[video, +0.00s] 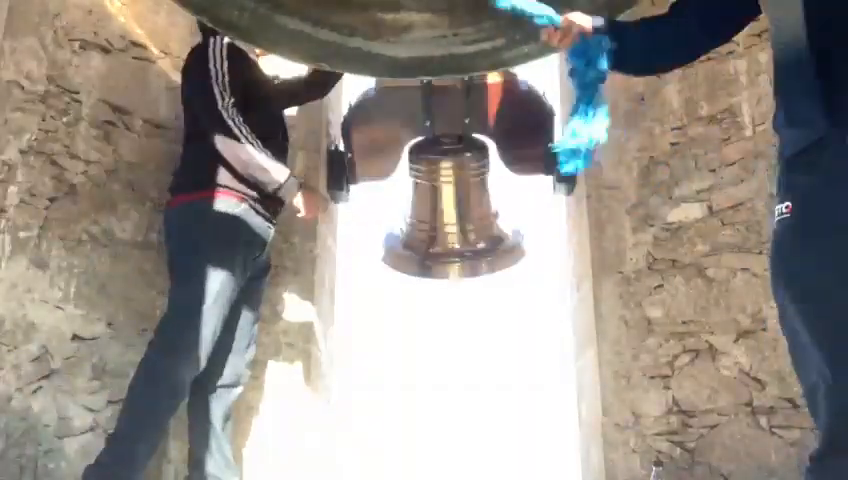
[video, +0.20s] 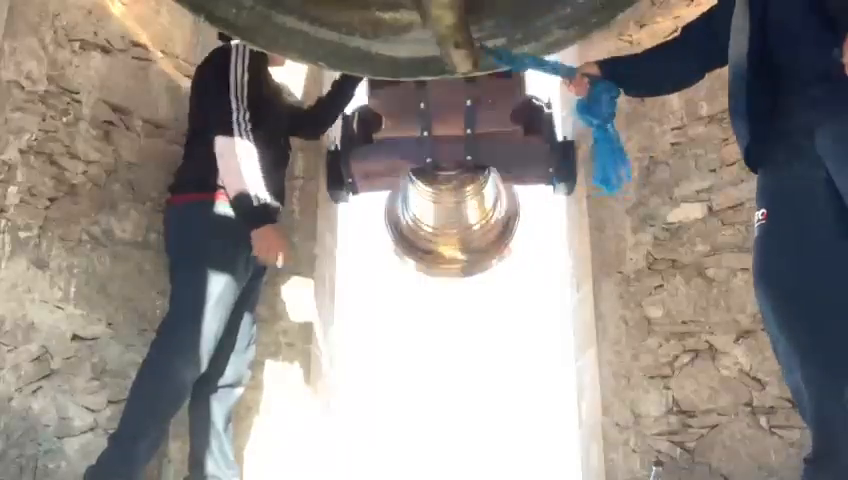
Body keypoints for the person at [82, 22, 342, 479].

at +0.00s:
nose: (267, 33)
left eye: (268, 26)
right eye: (261, 22)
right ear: (236, 18)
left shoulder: (254, 79)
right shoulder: (215, 50)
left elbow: (313, 85)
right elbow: (224, 126)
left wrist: (352, 36)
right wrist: (289, 187)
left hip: (255, 229)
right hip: (216, 211)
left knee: (225, 377)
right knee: (182, 357)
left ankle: (216, 473)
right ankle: (115, 471)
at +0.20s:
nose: (291, 46)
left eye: (293, 38)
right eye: (287, 35)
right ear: (263, 27)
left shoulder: (266, 87)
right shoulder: (232, 56)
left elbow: (312, 124)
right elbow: (231, 133)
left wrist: (355, 74)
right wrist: (260, 217)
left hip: (250, 224)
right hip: (213, 215)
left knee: (227, 374)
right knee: (185, 358)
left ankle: (217, 473)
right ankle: (116, 470)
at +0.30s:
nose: (305, 58)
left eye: (308, 50)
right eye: (303, 46)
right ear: (283, 38)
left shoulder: (267, 87)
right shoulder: (246, 61)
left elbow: (296, 150)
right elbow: (236, 136)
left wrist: (351, 119)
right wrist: (253, 215)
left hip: (238, 221)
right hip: (205, 213)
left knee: (224, 372)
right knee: (181, 356)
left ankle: (216, 472)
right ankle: (115, 469)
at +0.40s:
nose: (315, 66)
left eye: (318, 57)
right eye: (314, 54)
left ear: (290, 49)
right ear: (292, 44)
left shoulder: (271, 96)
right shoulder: (253, 64)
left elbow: (290, 161)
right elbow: (237, 138)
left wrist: (345, 166)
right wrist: (252, 221)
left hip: (228, 222)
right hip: (196, 212)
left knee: (216, 370)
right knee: (177, 349)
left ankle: (213, 471)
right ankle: (110, 470)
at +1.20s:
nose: (281, 42)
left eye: (283, 32)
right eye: (277, 29)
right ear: (254, 25)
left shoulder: (246, 82)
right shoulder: (224, 62)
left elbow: (297, 142)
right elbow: (243, 141)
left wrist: (365, 120)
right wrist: (319, 187)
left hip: (226, 235)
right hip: (194, 227)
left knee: (214, 377)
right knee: (164, 364)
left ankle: (213, 473)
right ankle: (116, 472)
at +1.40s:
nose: (305, 59)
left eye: (307, 50)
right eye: (301, 47)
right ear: (275, 40)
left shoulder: (262, 93)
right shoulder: (242, 73)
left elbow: (281, 157)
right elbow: (266, 152)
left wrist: (354, 178)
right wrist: (346, 189)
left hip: (229, 240)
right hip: (202, 230)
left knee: (216, 379)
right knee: (170, 362)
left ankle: (215, 472)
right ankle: (118, 470)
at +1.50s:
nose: (303, 64)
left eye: (305, 55)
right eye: (299, 52)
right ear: (276, 46)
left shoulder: (269, 109)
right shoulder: (247, 71)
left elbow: (304, 181)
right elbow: (287, 146)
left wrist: (366, 223)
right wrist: (362, 148)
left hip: (229, 241)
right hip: (202, 229)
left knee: (217, 379)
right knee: (171, 361)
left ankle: (215, 472)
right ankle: (118, 470)